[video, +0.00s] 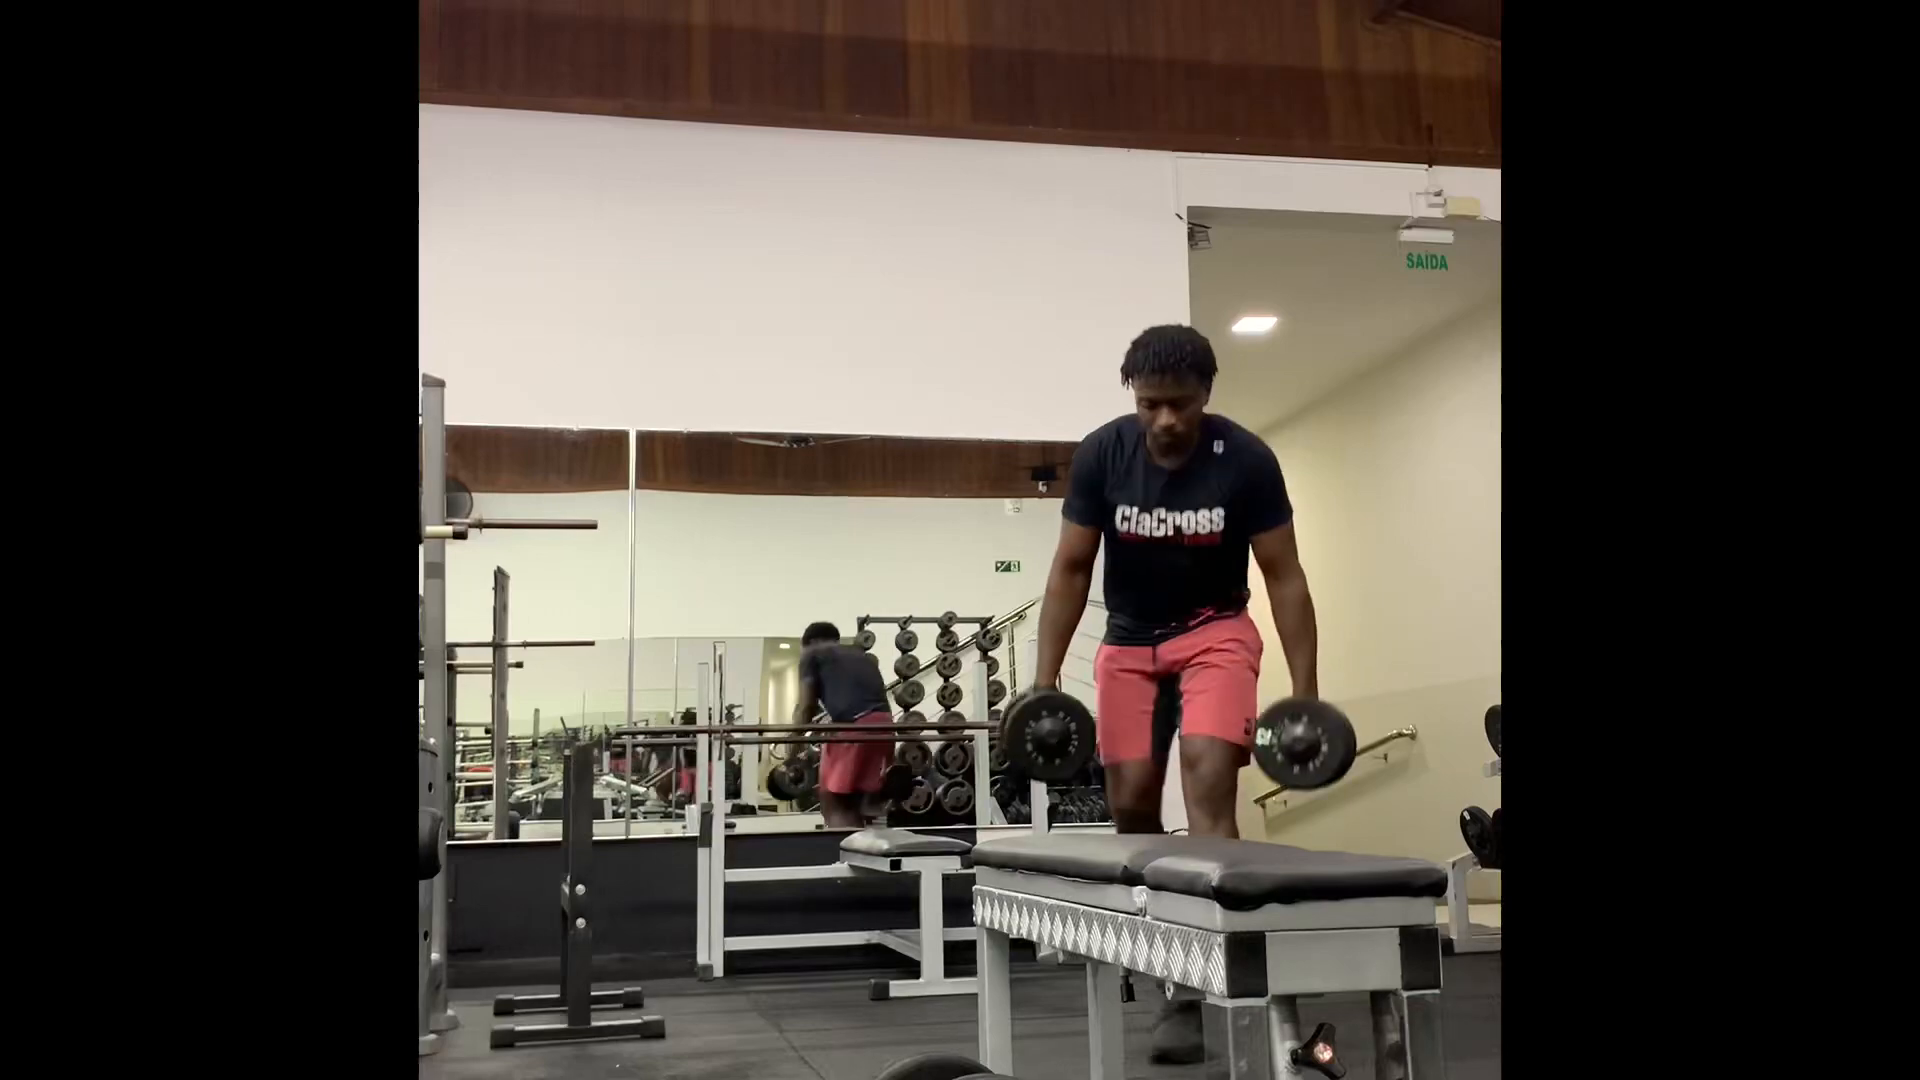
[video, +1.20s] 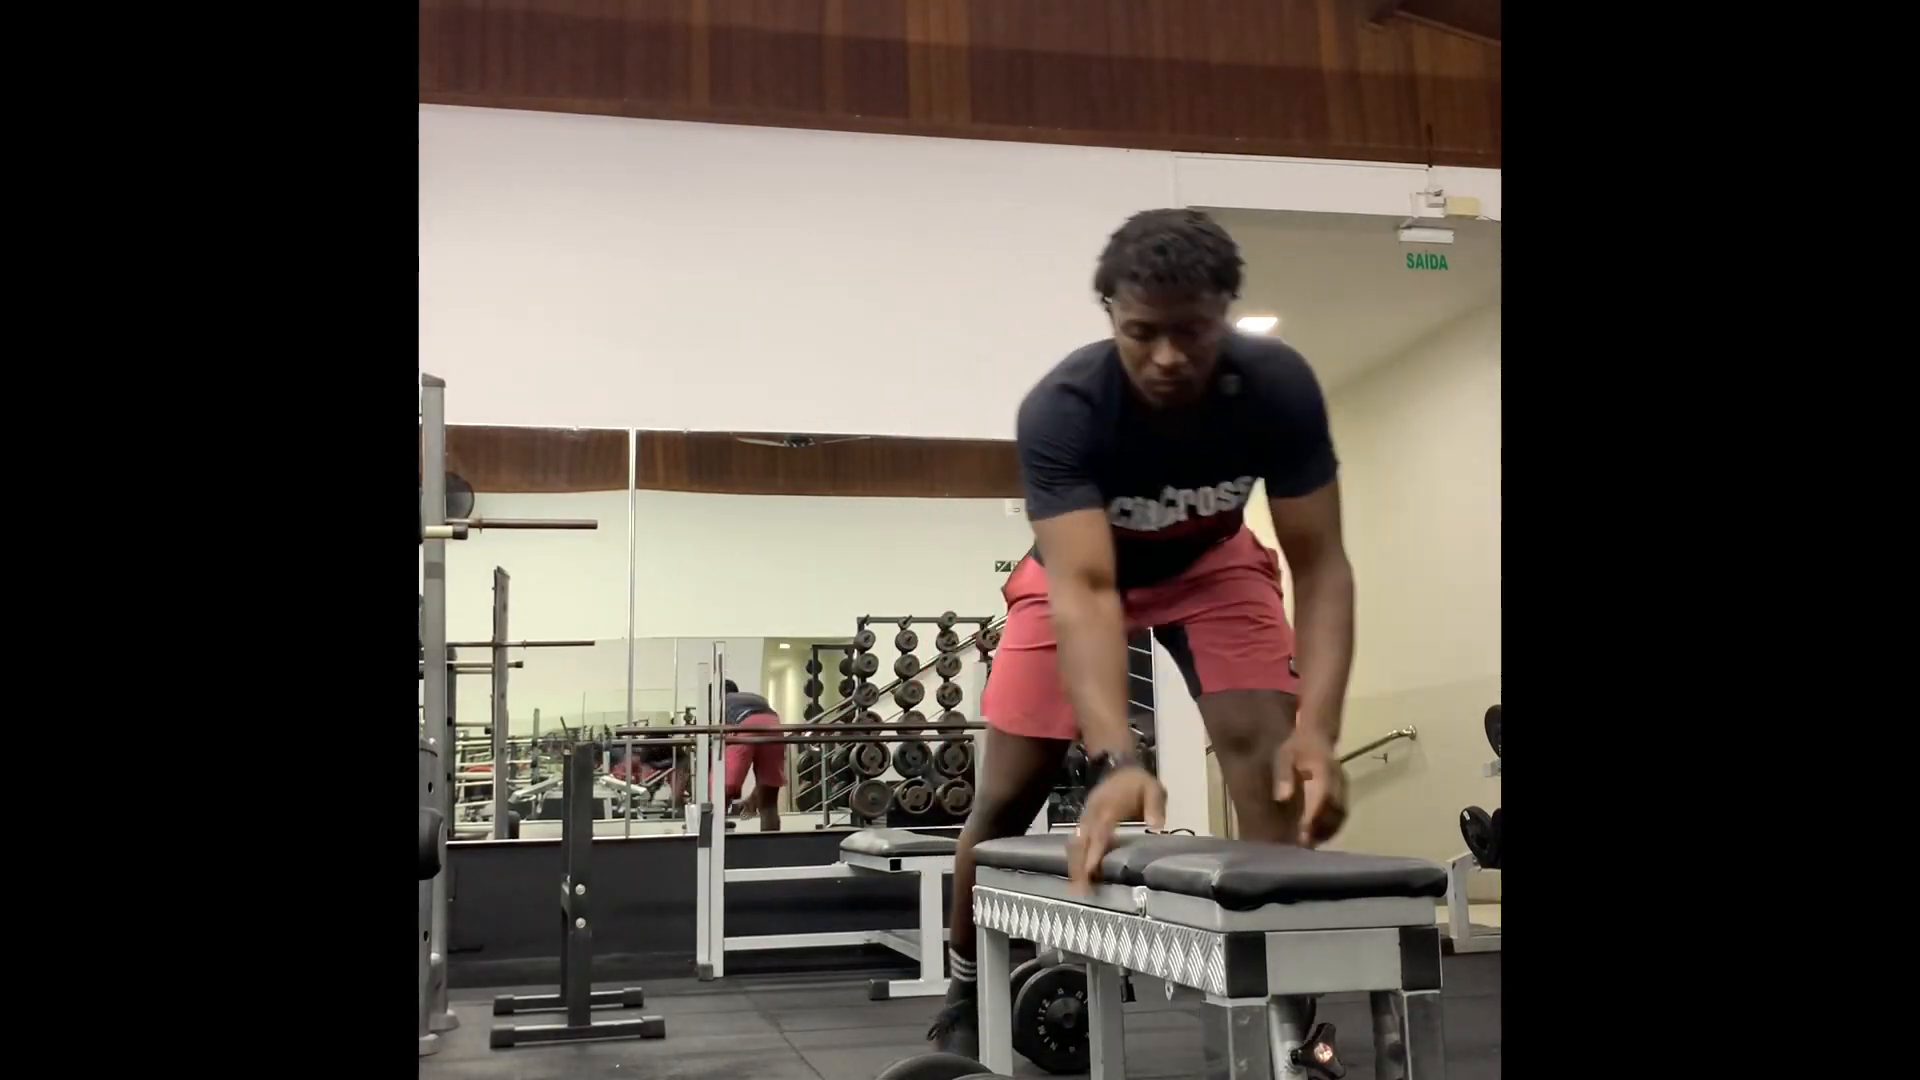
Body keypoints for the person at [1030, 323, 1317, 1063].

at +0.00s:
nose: (1164, 421)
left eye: (1180, 405)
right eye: (1151, 405)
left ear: (1206, 396)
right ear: (1132, 395)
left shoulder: (1246, 463)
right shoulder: (1102, 456)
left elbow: (1283, 577)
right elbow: (1070, 572)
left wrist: (1306, 694)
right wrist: (1044, 684)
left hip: (1218, 633)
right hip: (1128, 643)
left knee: (1206, 778)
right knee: (1131, 806)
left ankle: (1208, 986)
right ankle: (1174, 984)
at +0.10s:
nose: (1167, 496)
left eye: (1182, 481)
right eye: (1153, 480)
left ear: (1209, 464)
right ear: (1132, 460)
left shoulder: (1244, 509)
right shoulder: (1094, 495)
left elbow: (1281, 638)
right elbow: (1058, 615)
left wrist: (1298, 773)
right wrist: (1042, 741)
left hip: (1205, 635)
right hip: (1109, 635)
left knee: (1203, 784)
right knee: (1091, 785)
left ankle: (1189, 994)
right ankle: (1095, 963)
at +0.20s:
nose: (1166, 594)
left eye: (1181, 583)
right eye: (1154, 581)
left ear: (1208, 560)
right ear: (1130, 550)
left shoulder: (1238, 572)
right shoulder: (1088, 555)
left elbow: (1271, 704)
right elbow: (1057, 689)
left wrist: (1287, 850)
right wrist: (1042, 824)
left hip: (1199, 645)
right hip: (1107, 645)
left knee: (1199, 786)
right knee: (1075, 797)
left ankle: (1188, 991)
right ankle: (1064, 975)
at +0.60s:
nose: (1188, 468)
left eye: (1204, 453)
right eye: (1172, 449)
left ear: (1226, 445)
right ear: (1143, 432)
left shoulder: (1244, 502)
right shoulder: (1080, 477)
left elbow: (1273, 617)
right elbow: (1013, 597)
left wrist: (1295, 746)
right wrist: (991, 730)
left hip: (1157, 612)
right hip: (1056, 610)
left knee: (1178, 780)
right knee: (1011, 776)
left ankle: (1182, 987)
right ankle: (986, 959)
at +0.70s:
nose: (1138, 366)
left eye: (1154, 349)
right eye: (1120, 349)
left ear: (1179, 353)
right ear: (1093, 351)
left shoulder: (1210, 437)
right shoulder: (1041, 426)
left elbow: (1255, 555)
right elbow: (988, 555)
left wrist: (1296, 683)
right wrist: (966, 691)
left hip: (1142, 606)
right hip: (1033, 601)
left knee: (1167, 792)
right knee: (988, 771)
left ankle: (1183, 995)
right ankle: (932, 985)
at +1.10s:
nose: (1072, 307)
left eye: (1090, 285)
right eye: (1048, 287)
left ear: (1119, 280)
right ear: (1019, 289)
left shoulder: (1178, 372)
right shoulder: (977, 394)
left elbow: (1231, 518)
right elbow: (985, 551)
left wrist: (1242, 668)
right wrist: (1032, 674)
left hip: (1145, 595)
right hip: (1016, 608)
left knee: (1200, 782)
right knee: (967, 812)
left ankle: (1284, 1017)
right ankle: (961, 1017)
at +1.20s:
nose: (1165, 357)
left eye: (1189, 331)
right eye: (1143, 333)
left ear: (1227, 314)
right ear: (1110, 317)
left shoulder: (1278, 385)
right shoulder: (1062, 412)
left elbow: (1319, 562)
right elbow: (1084, 589)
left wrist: (1317, 728)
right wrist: (1114, 759)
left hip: (1211, 562)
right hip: (1077, 570)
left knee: (1265, 764)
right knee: (1001, 802)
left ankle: (1295, 1017)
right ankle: (970, 998)